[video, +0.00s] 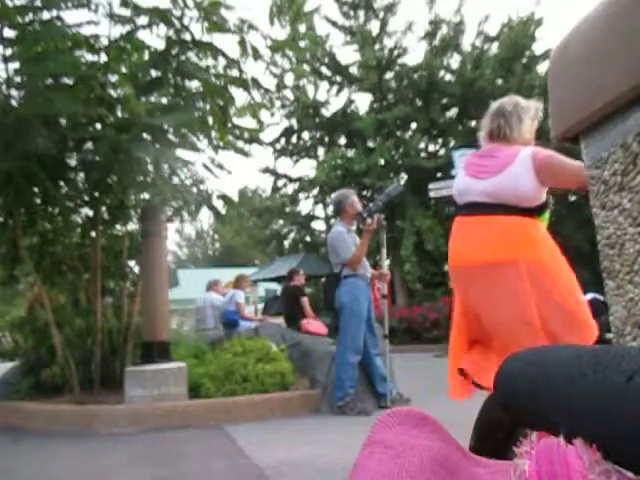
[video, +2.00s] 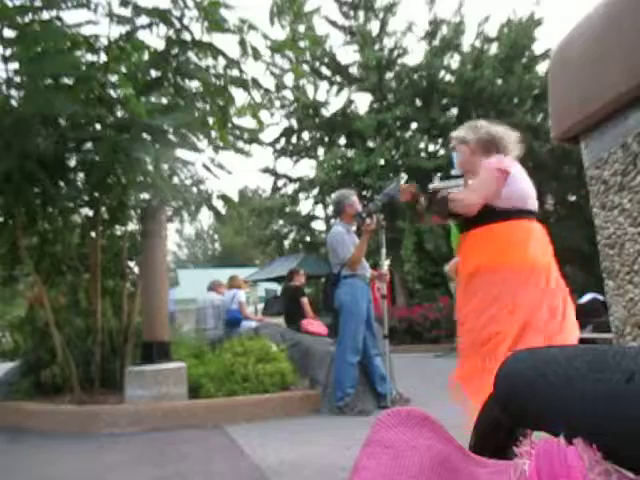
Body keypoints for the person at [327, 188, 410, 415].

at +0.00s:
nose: (361, 206)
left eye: (359, 201)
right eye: (356, 201)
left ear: (349, 207)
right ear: (346, 207)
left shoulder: (350, 233)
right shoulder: (337, 234)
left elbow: (358, 267)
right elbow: (353, 262)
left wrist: (375, 274)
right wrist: (367, 234)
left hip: (363, 284)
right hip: (351, 284)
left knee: (370, 344)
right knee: (351, 345)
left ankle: (386, 393)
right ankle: (344, 397)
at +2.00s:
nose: (360, 206)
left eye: (359, 202)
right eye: (355, 203)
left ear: (349, 208)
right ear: (345, 207)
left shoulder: (350, 233)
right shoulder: (337, 233)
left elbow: (358, 264)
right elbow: (352, 262)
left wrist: (374, 273)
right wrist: (365, 236)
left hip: (362, 284)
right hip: (350, 284)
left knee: (369, 343)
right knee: (350, 344)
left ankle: (386, 393)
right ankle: (344, 397)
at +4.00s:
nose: (361, 207)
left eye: (360, 203)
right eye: (357, 203)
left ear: (353, 207)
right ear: (346, 207)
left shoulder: (353, 232)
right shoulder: (338, 233)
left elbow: (358, 264)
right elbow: (353, 263)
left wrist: (375, 274)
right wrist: (367, 235)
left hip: (364, 284)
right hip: (351, 284)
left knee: (370, 342)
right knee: (351, 343)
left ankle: (383, 393)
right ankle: (344, 398)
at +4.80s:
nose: (362, 207)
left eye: (361, 202)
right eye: (358, 203)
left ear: (353, 207)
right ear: (347, 207)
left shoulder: (356, 231)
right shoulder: (337, 233)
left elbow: (360, 262)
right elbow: (350, 261)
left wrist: (374, 274)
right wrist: (361, 238)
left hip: (364, 283)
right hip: (350, 283)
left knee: (371, 342)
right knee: (349, 344)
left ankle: (385, 393)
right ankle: (343, 398)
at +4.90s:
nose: (361, 206)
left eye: (361, 202)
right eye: (357, 202)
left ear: (354, 207)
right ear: (346, 207)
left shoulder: (357, 231)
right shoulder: (337, 234)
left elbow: (366, 258)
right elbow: (346, 261)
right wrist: (362, 238)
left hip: (364, 285)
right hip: (347, 287)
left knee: (371, 342)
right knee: (348, 345)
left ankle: (384, 392)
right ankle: (343, 397)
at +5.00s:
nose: (361, 206)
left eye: (361, 202)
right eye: (357, 202)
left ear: (357, 207)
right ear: (346, 207)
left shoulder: (357, 231)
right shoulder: (337, 233)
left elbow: (365, 262)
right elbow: (348, 263)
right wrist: (362, 238)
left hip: (366, 282)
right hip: (348, 283)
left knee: (372, 342)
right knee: (348, 343)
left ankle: (385, 392)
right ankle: (344, 397)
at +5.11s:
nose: (362, 206)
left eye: (362, 202)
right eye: (357, 202)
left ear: (354, 207)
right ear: (346, 207)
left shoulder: (357, 232)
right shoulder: (337, 233)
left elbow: (363, 263)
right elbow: (347, 263)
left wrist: (376, 273)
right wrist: (360, 238)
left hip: (365, 283)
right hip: (349, 283)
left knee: (372, 341)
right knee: (348, 343)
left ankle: (385, 392)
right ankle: (343, 397)